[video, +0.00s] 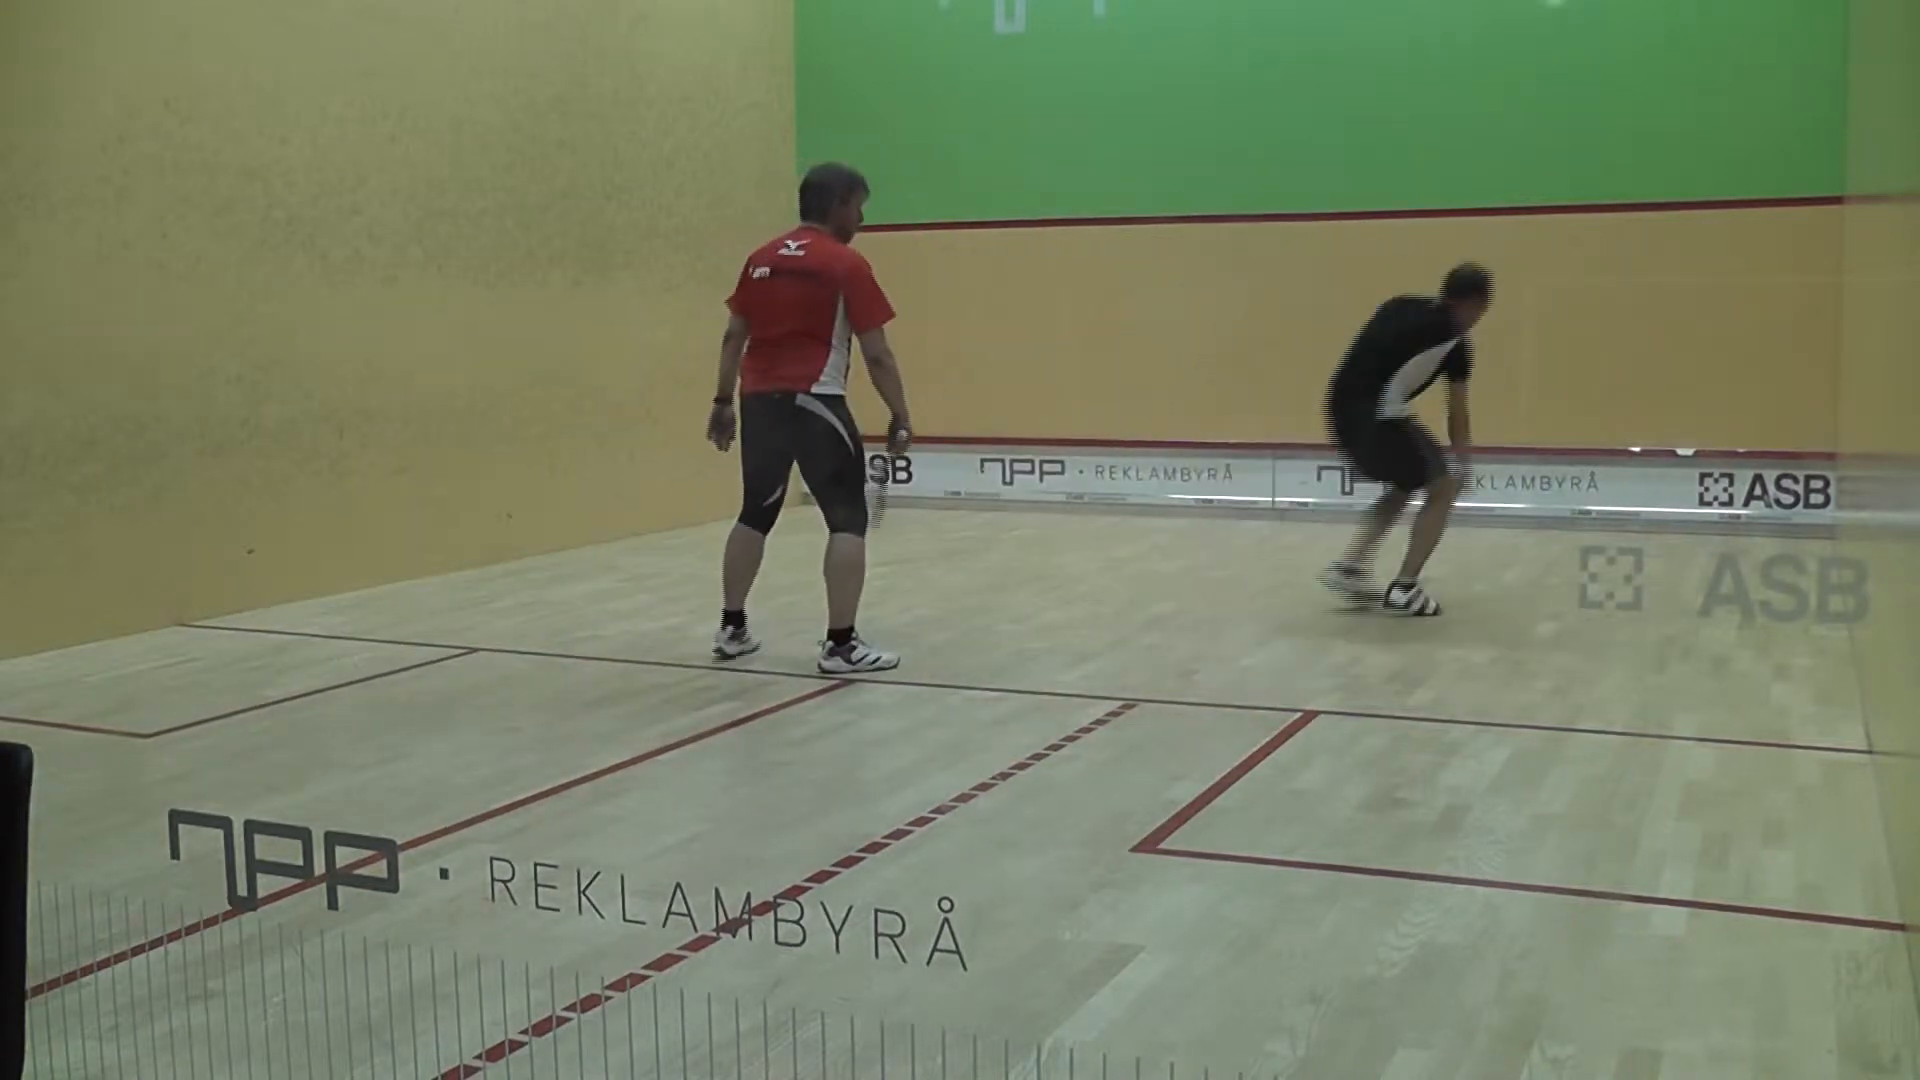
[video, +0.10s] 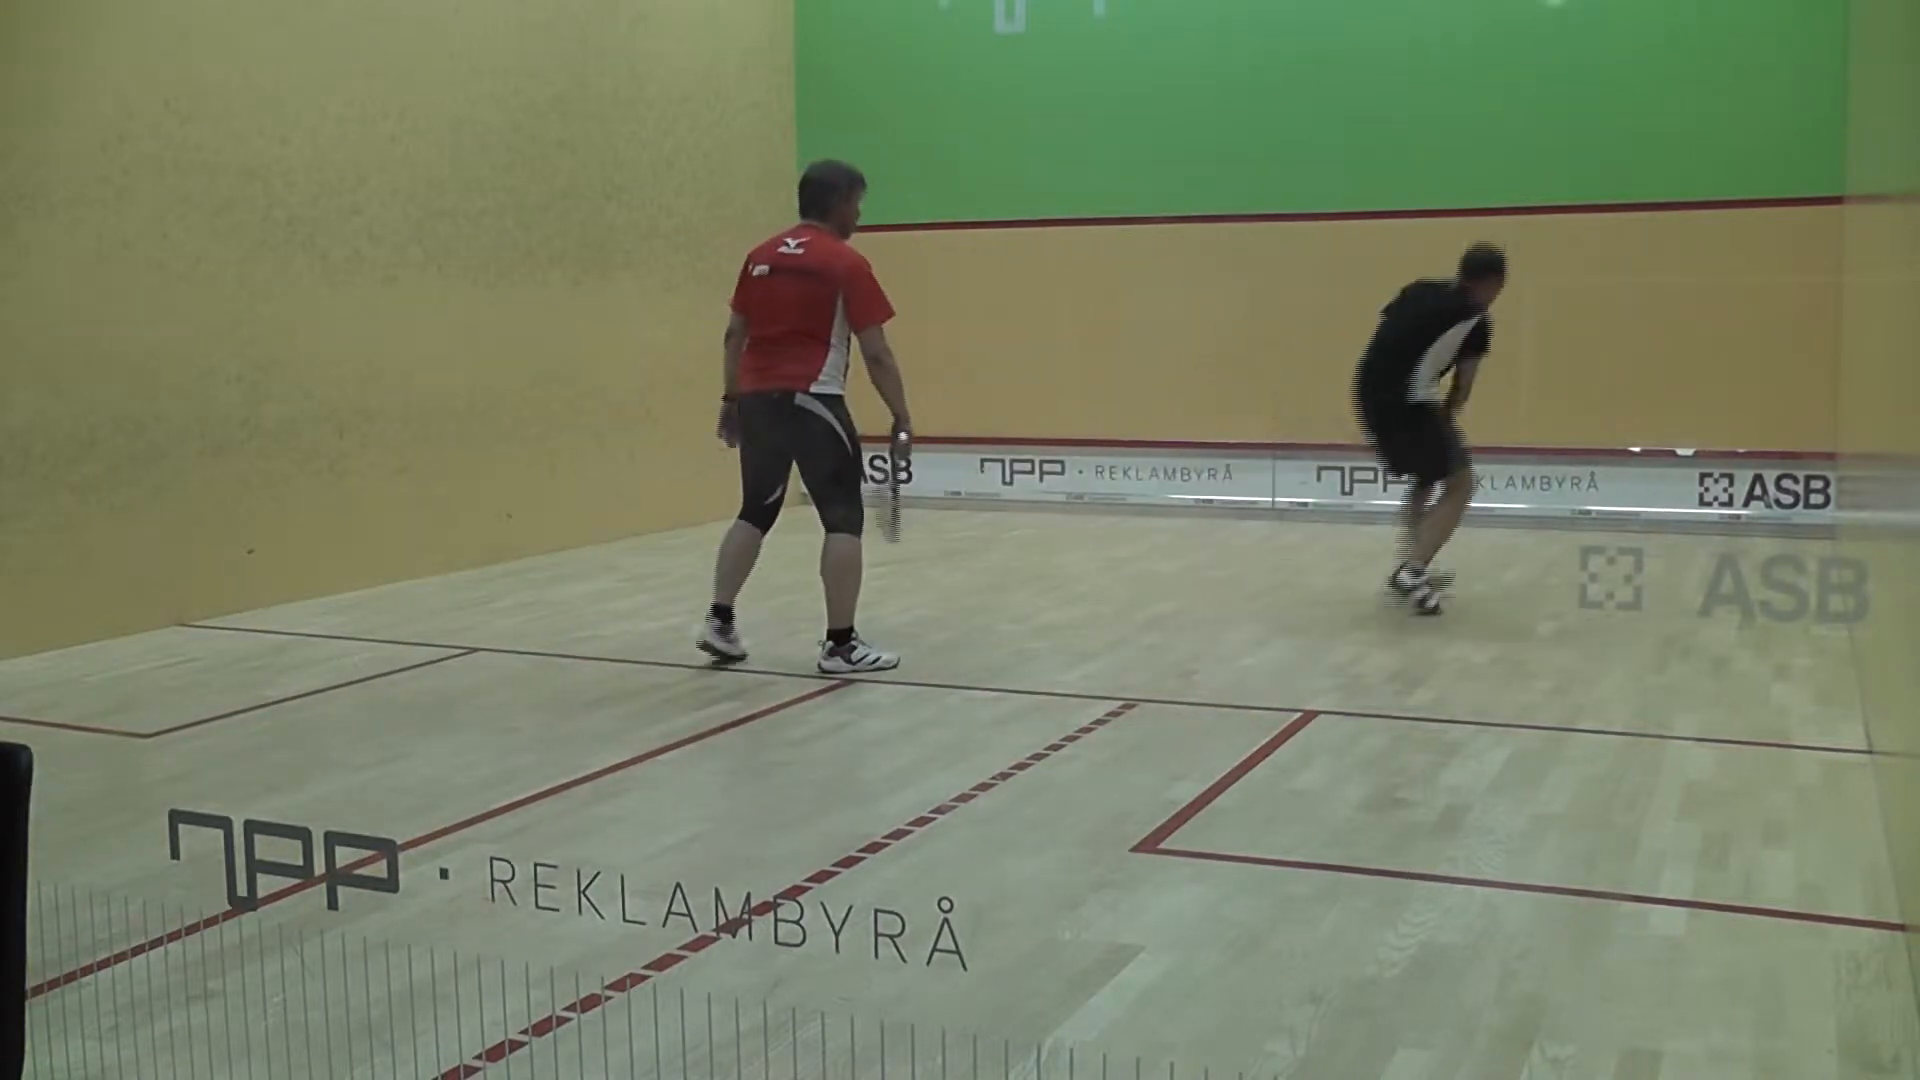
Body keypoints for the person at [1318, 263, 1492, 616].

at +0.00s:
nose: (1482, 313)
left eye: (1484, 305)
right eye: (1481, 305)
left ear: (1447, 294)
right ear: (1464, 302)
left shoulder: (1402, 307)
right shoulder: (1455, 345)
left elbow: (1361, 363)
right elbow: (1457, 410)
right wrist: (1464, 464)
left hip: (1346, 415)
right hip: (1383, 422)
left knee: (1405, 484)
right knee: (1444, 486)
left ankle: (1351, 566)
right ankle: (1405, 586)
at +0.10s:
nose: (1497, 292)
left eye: (1498, 284)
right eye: (1497, 285)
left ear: (1464, 274)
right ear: (1489, 283)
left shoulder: (1420, 291)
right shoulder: (1476, 323)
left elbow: (1384, 333)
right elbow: (1461, 388)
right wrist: (1446, 418)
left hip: (1374, 396)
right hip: (1413, 404)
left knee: (1423, 478)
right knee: (1460, 487)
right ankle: (1413, 570)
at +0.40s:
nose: (1521, 231)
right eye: (1522, 223)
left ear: (1490, 225)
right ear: (1525, 225)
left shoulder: (1466, 267)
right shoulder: (1539, 270)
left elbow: (1451, 330)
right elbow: (1543, 339)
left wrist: (1479, 349)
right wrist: (1511, 358)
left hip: (1473, 384)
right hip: (1519, 384)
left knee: (1487, 473)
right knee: (1540, 463)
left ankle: (1475, 566)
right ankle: (1532, 553)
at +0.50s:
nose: (1536, 223)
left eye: (1519, 216)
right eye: (1537, 216)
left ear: (1504, 218)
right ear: (1540, 218)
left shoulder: (1481, 261)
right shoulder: (1554, 262)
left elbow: (1466, 323)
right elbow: (1569, 323)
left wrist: (1483, 353)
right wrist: (1562, 366)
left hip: (1491, 379)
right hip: (1538, 378)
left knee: (1495, 470)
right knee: (1557, 467)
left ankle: (1476, 559)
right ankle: (1564, 556)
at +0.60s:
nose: (1556, 227)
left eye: (1542, 219)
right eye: (1559, 220)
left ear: (1526, 223)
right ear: (1560, 222)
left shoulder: (1504, 268)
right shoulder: (1576, 269)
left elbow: (1486, 331)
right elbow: (1601, 324)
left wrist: (1504, 365)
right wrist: (1618, 370)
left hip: (1517, 386)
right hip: (1565, 386)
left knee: (1509, 472)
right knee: (1582, 471)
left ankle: (1481, 554)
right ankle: (1590, 558)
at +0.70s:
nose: (1550, 233)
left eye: (1540, 225)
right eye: (1560, 224)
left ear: (1535, 227)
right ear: (1570, 228)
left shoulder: (1518, 275)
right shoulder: (1588, 274)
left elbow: (1505, 340)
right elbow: (1618, 331)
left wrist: (1517, 385)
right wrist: (1649, 383)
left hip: (1538, 391)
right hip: (1583, 391)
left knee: (1527, 471)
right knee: (1596, 471)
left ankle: (1497, 537)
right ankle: (1591, 558)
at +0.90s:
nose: (1538, 219)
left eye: (1542, 212)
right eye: (1540, 212)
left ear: (1556, 214)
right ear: (1577, 215)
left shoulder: (1540, 258)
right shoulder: (1608, 252)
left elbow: (1529, 317)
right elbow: (1629, 312)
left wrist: (1520, 373)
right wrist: (1657, 364)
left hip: (1555, 371)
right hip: (1599, 371)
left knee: (1556, 456)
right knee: (1599, 462)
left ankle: (1561, 542)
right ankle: (1593, 552)